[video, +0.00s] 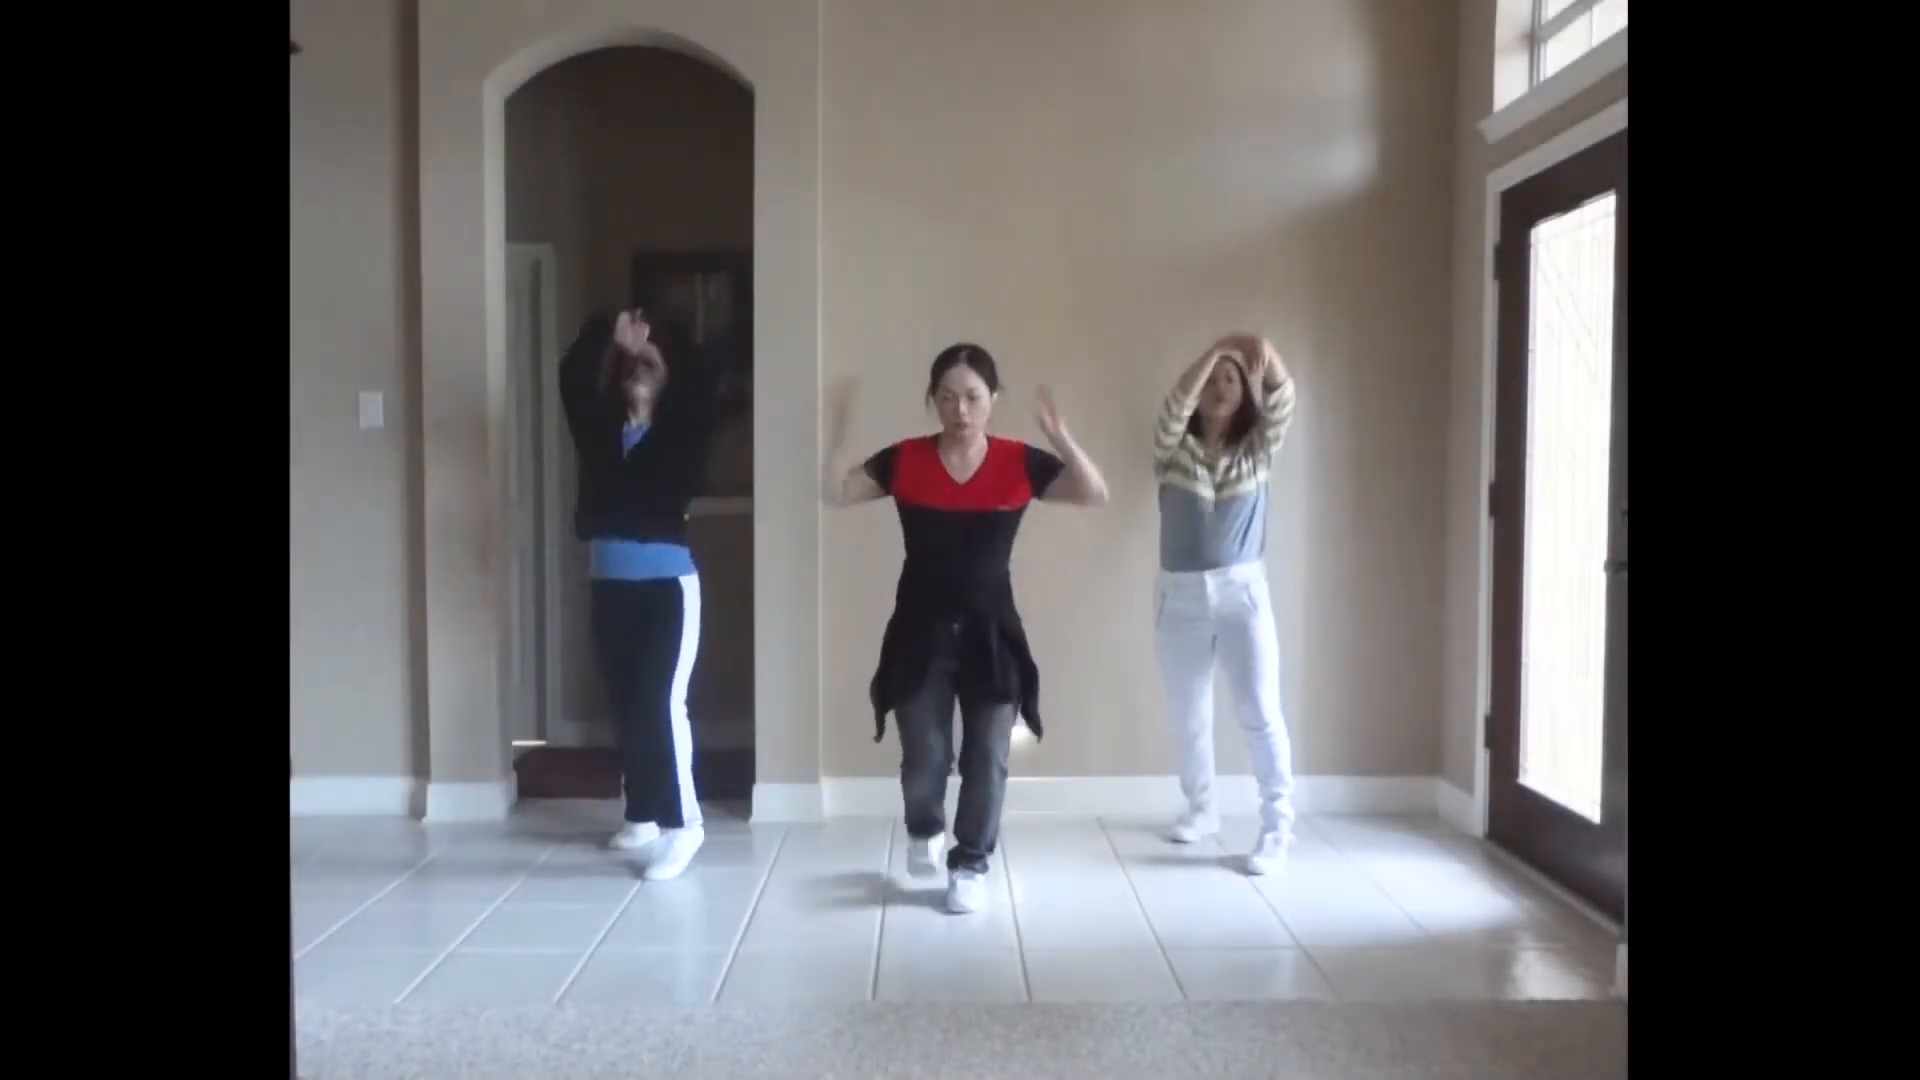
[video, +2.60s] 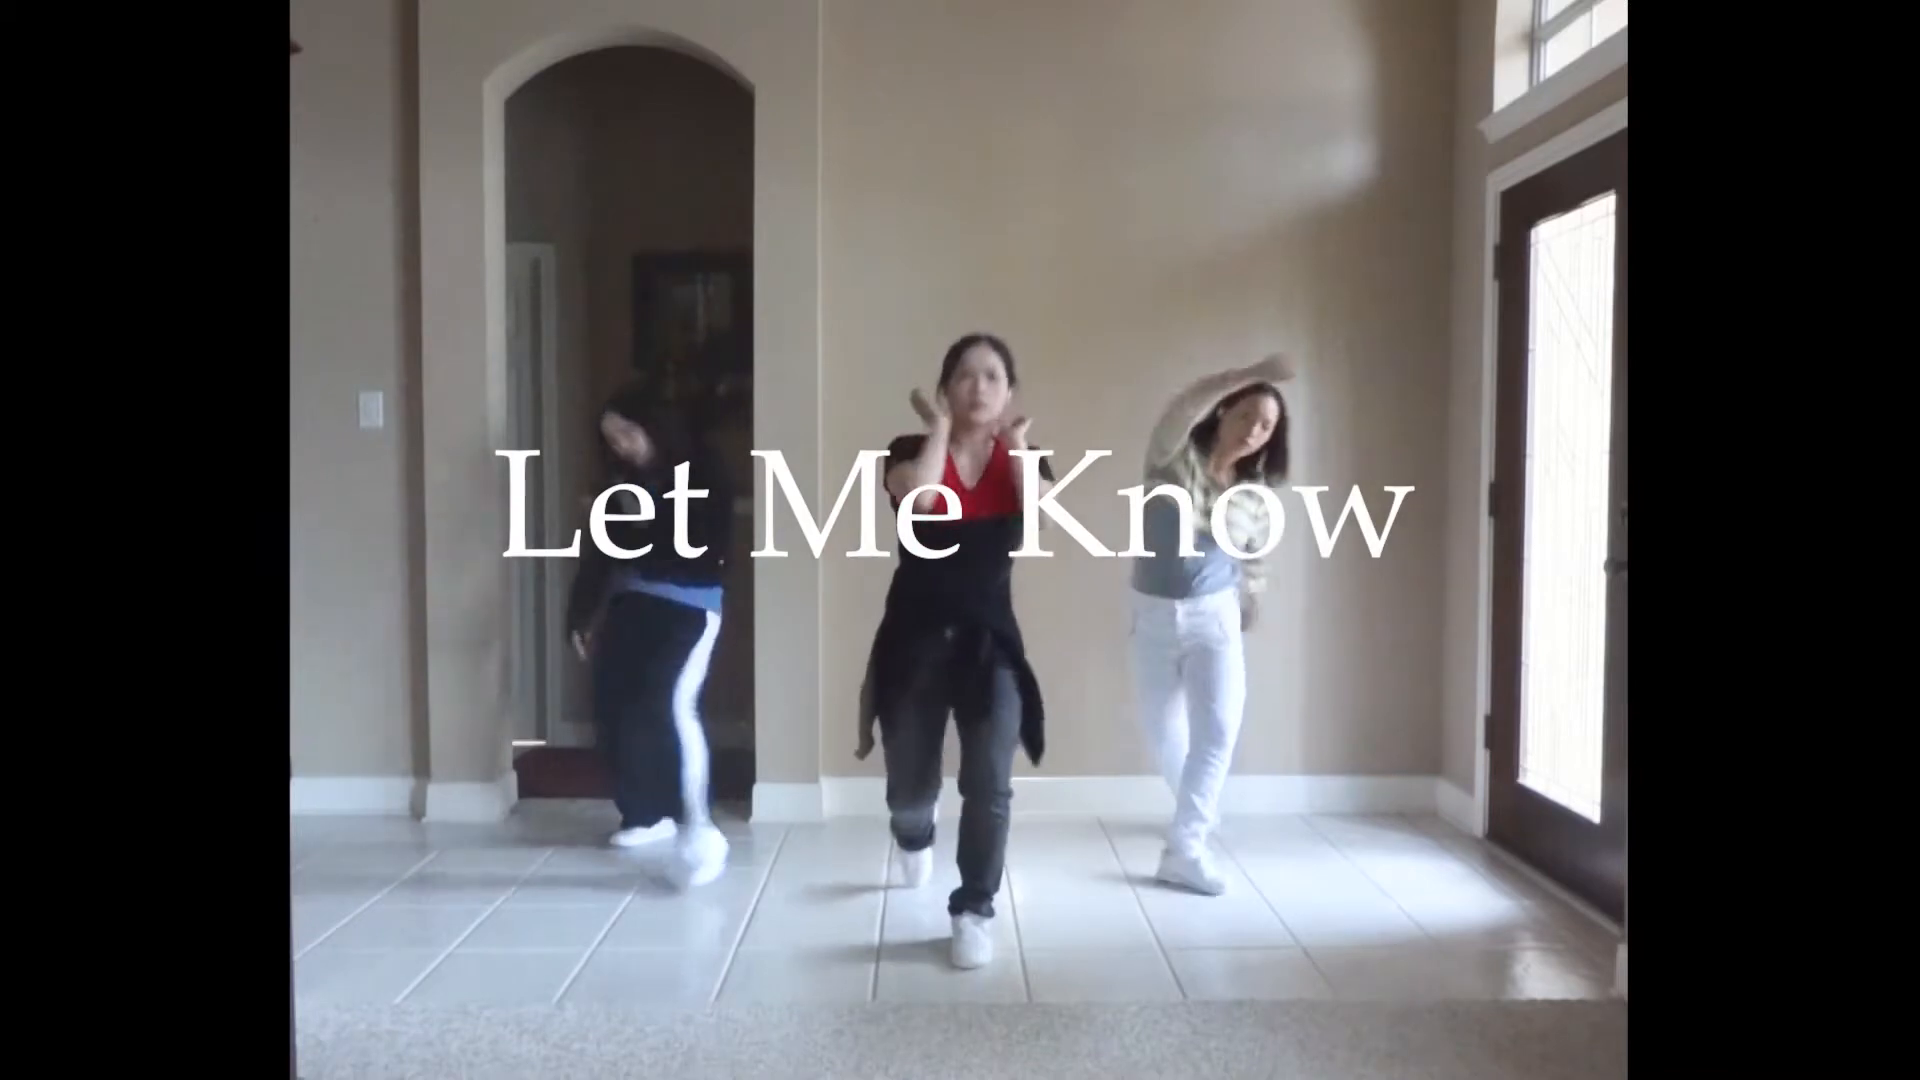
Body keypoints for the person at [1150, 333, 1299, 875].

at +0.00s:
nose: (1219, 387)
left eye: (1232, 380)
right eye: (1212, 378)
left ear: (1247, 396)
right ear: (1196, 389)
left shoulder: (1256, 450)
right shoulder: (1173, 449)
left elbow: (1280, 403)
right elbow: (1175, 408)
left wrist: (1266, 360)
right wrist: (1212, 352)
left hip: (1242, 594)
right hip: (1179, 596)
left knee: (1259, 714)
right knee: (1188, 717)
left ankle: (1276, 826)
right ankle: (1198, 812)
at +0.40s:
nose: (1206, 416)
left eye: (1215, 408)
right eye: (1195, 408)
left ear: (1227, 418)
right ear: (1176, 417)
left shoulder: (1239, 463)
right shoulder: (1158, 462)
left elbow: (1253, 449)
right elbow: (1184, 441)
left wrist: (1230, 426)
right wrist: (1212, 427)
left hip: (1231, 591)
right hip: (1171, 596)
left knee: (1252, 711)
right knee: (1179, 720)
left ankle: (1266, 826)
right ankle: (1199, 808)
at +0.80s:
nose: (1199, 431)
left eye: (1209, 422)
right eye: (1189, 421)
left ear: (1222, 429)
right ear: (1172, 427)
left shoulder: (1236, 479)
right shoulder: (1153, 476)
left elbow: (1243, 542)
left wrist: (1234, 510)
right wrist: (1203, 489)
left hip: (1226, 597)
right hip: (1168, 602)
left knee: (1250, 711)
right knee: (1176, 724)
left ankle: (1264, 823)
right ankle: (1199, 808)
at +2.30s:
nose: (1214, 434)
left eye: (1224, 426)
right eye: (1205, 424)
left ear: (1236, 435)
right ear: (1186, 427)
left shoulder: (1248, 490)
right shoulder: (1161, 486)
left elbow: (1277, 546)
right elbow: (1144, 541)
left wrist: (1278, 575)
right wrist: (1159, 569)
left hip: (1233, 615)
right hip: (1173, 616)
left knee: (1225, 706)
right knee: (1173, 726)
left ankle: (1203, 815)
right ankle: (1195, 805)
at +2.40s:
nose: (1229, 437)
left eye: (1239, 431)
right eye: (1221, 426)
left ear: (1247, 439)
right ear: (1200, 424)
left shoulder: (1251, 495)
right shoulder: (1160, 481)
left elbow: (1281, 557)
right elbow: (1110, 529)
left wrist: (1308, 614)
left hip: (1228, 622)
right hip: (1167, 621)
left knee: (1222, 720)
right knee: (1166, 730)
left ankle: (1190, 820)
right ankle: (1198, 800)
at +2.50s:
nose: (1241, 439)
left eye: (1252, 434)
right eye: (1234, 427)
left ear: (1259, 443)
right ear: (1211, 423)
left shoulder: (1251, 498)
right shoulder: (1171, 473)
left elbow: (1274, 564)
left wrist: (1291, 621)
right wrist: (1170, 437)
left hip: (1220, 624)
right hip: (1160, 622)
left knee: (1216, 733)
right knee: (1163, 741)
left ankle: (1182, 840)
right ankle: (1202, 812)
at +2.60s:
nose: (1253, 430)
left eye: (1265, 426)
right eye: (1247, 416)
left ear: (1268, 438)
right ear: (1221, 414)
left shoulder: (1250, 490)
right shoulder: (1172, 462)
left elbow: (1252, 552)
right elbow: (1185, 406)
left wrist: (1251, 596)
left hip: (1215, 615)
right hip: (1155, 614)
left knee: (1218, 730)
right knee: (1161, 732)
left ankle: (1185, 847)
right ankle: (1197, 805)